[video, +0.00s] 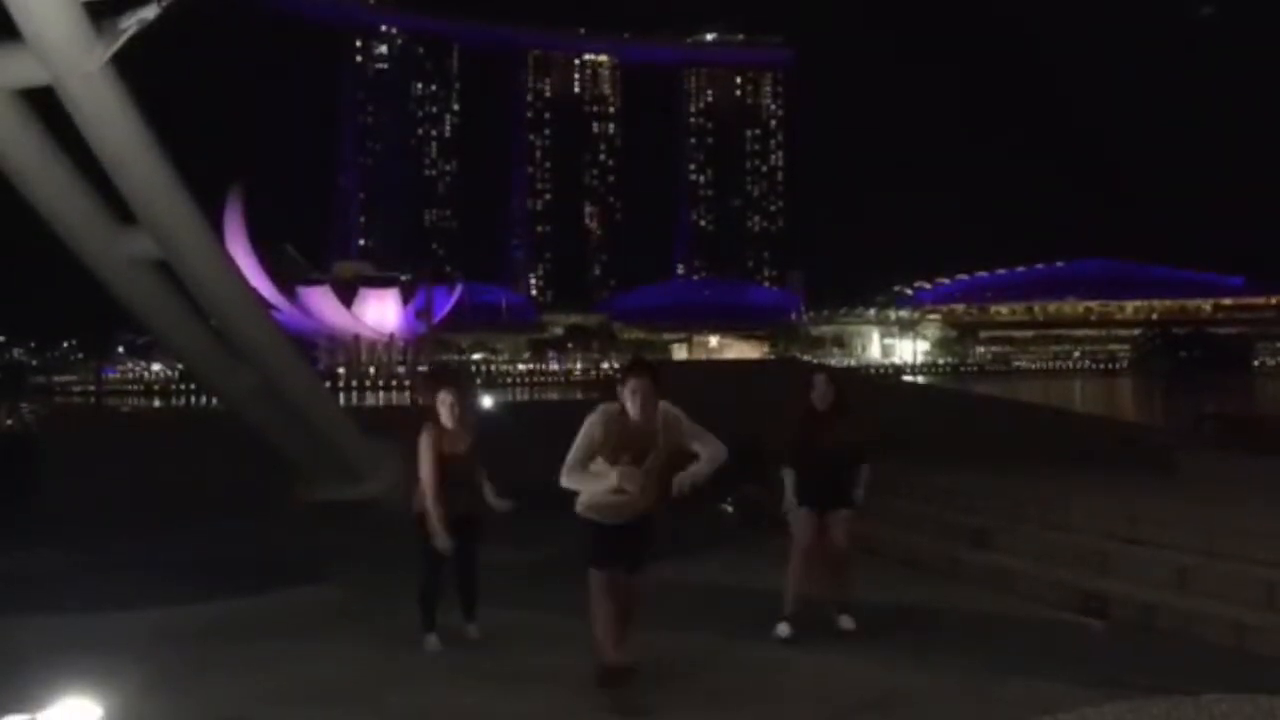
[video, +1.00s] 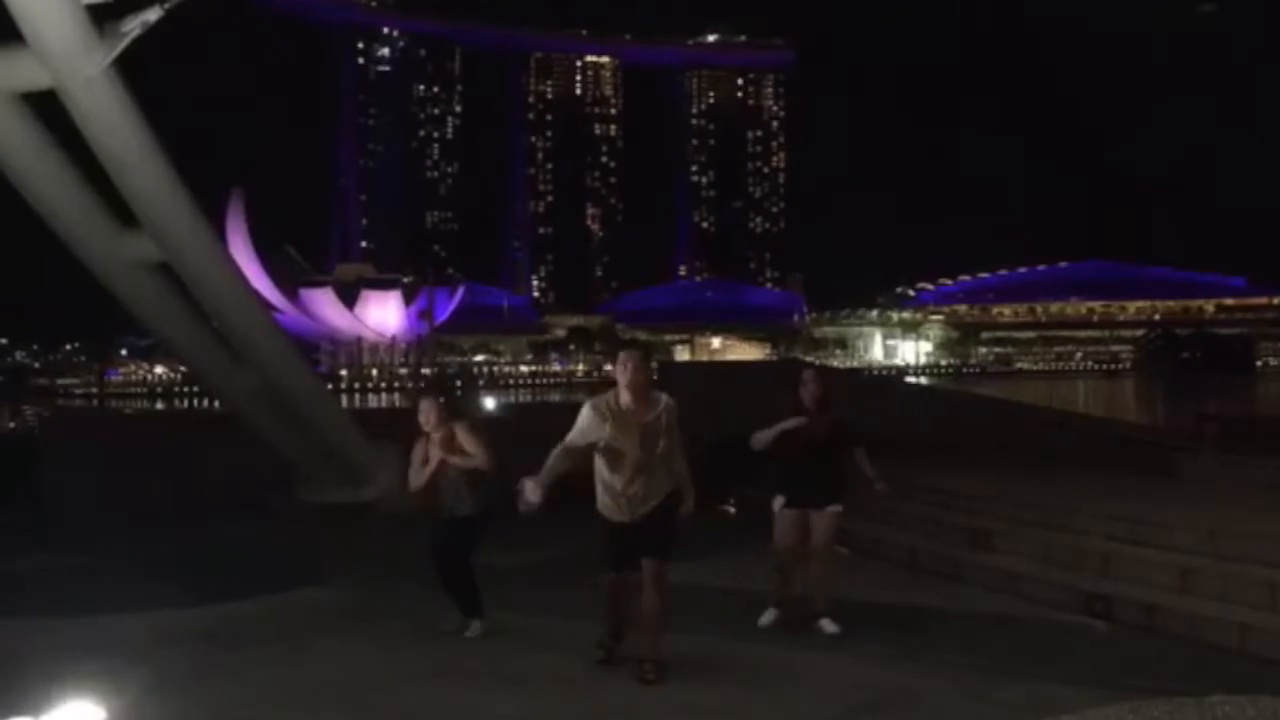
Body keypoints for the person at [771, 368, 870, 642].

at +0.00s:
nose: (820, 394)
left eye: (825, 388)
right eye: (816, 388)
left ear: (834, 391)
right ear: (810, 391)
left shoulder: (847, 422)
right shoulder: (800, 422)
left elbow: (862, 461)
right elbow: (789, 464)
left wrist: (859, 492)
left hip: (839, 495)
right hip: (806, 495)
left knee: (841, 552)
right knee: (800, 552)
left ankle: (843, 610)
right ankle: (788, 615)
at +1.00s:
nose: (809, 390)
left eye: (814, 384)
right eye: (805, 385)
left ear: (824, 389)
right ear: (799, 390)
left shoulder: (837, 424)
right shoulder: (790, 423)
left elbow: (859, 454)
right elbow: (756, 443)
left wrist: (874, 480)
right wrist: (785, 426)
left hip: (827, 496)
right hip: (790, 495)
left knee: (822, 555)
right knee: (783, 551)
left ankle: (822, 613)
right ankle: (776, 606)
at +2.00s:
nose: (799, 407)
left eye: (804, 402)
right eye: (796, 401)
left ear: (815, 405)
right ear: (792, 403)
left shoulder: (825, 434)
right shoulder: (782, 429)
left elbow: (816, 472)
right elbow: (761, 460)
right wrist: (741, 484)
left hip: (822, 494)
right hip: (789, 491)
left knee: (829, 553)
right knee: (794, 531)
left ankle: (822, 610)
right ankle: (783, 587)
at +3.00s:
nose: (758, 397)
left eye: (762, 391)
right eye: (754, 392)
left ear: (773, 394)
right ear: (747, 396)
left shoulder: (787, 420)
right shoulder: (743, 428)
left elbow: (811, 446)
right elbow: (742, 471)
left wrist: (830, 470)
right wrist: (782, 464)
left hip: (791, 499)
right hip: (756, 502)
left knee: (797, 557)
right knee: (757, 559)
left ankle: (803, 612)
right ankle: (760, 615)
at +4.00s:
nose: (808, 397)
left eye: (810, 391)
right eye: (803, 391)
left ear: (815, 393)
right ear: (793, 394)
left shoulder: (813, 421)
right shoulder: (792, 422)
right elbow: (799, 457)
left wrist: (822, 461)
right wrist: (833, 466)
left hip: (809, 497)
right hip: (793, 499)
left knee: (813, 558)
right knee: (808, 559)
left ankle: (799, 618)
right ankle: (791, 631)